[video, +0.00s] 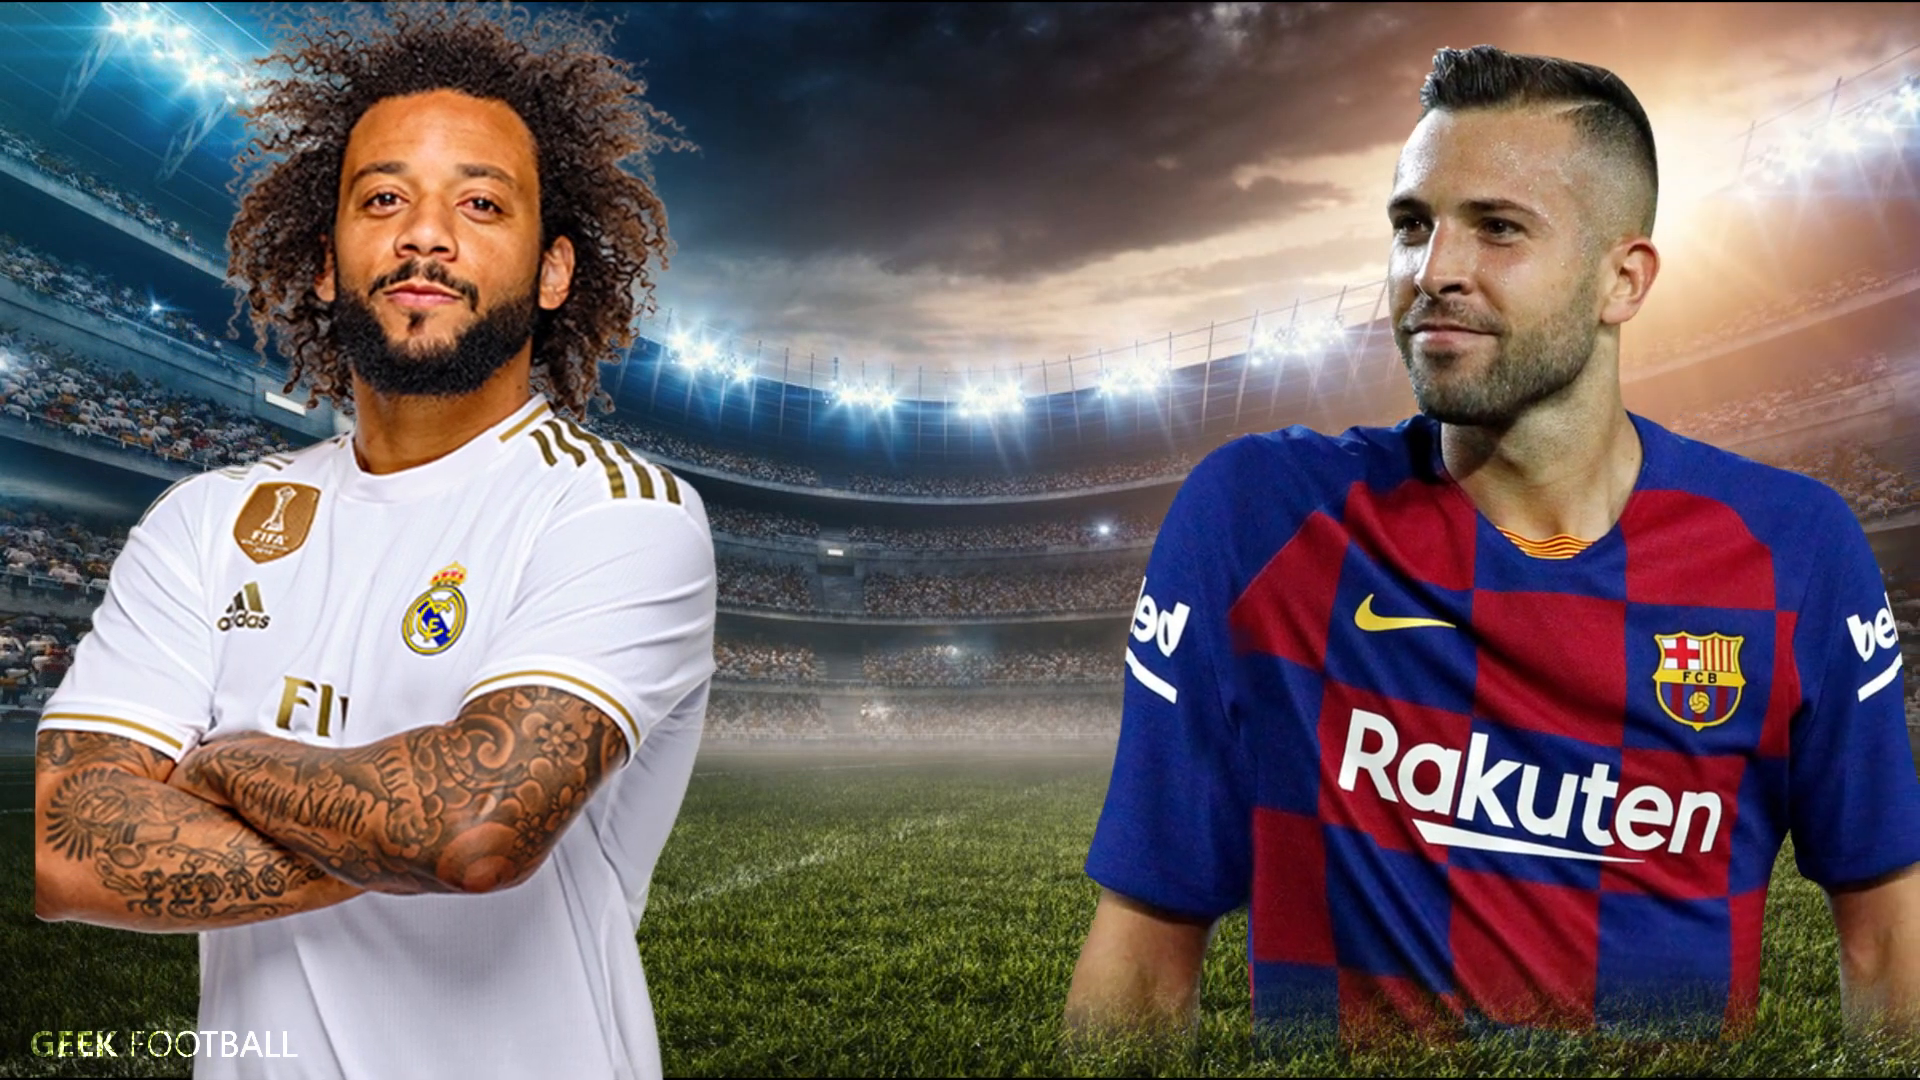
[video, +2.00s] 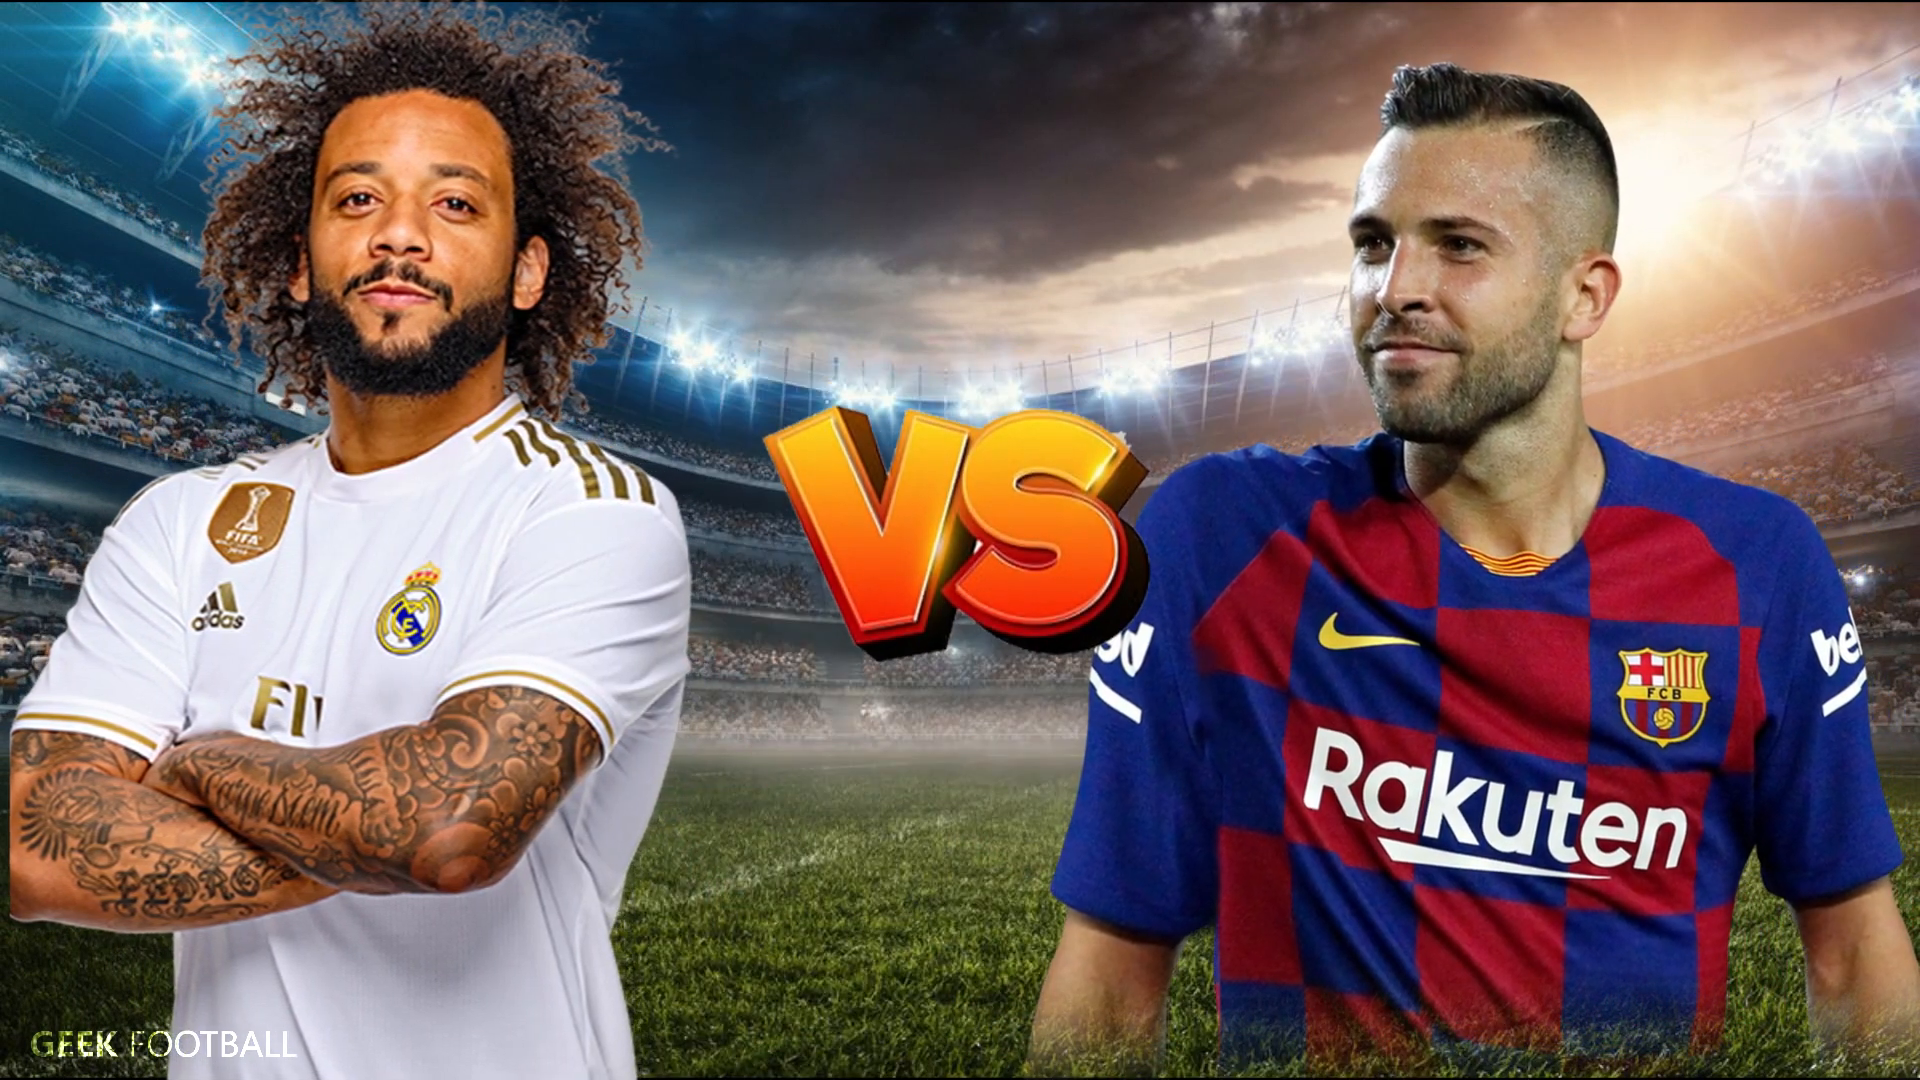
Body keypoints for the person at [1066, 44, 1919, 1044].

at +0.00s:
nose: (1432, 273)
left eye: (1499, 228)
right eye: (1414, 227)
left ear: (1623, 282)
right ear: (1391, 250)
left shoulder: (1798, 553)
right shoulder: (1253, 515)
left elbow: (1885, 934)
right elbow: (1145, 943)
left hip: (1668, 1059)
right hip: (1343, 1062)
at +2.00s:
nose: (1392, 290)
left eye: (1459, 245)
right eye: (1372, 244)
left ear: (1584, 299)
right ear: (1349, 268)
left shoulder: (1760, 568)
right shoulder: (1211, 537)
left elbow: (1855, 944)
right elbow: (1113, 963)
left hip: (1634, 1053)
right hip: (1302, 1051)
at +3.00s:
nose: (1527, 289)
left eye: (1592, 242)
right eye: (1505, 243)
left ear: (1717, 295)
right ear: (1482, 267)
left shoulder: (1892, 563)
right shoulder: (1346, 530)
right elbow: (1242, 962)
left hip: (1768, 1060)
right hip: (1445, 1055)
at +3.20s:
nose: (1653, 280)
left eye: (1719, 234)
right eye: (1633, 234)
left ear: (1844, 285)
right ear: (1612, 255)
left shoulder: (1911, 540)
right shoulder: (1480, 522)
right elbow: (1369, 960)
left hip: (1881, 1046)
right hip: (1582, 1048)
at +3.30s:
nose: (1736, 274)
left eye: (1801, 229)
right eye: (1714, 229)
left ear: (1915, 280)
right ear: (1688, 253)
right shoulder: (1561, 516)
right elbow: (1448, 946)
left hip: (1891, 1043)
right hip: (1645, 1051)